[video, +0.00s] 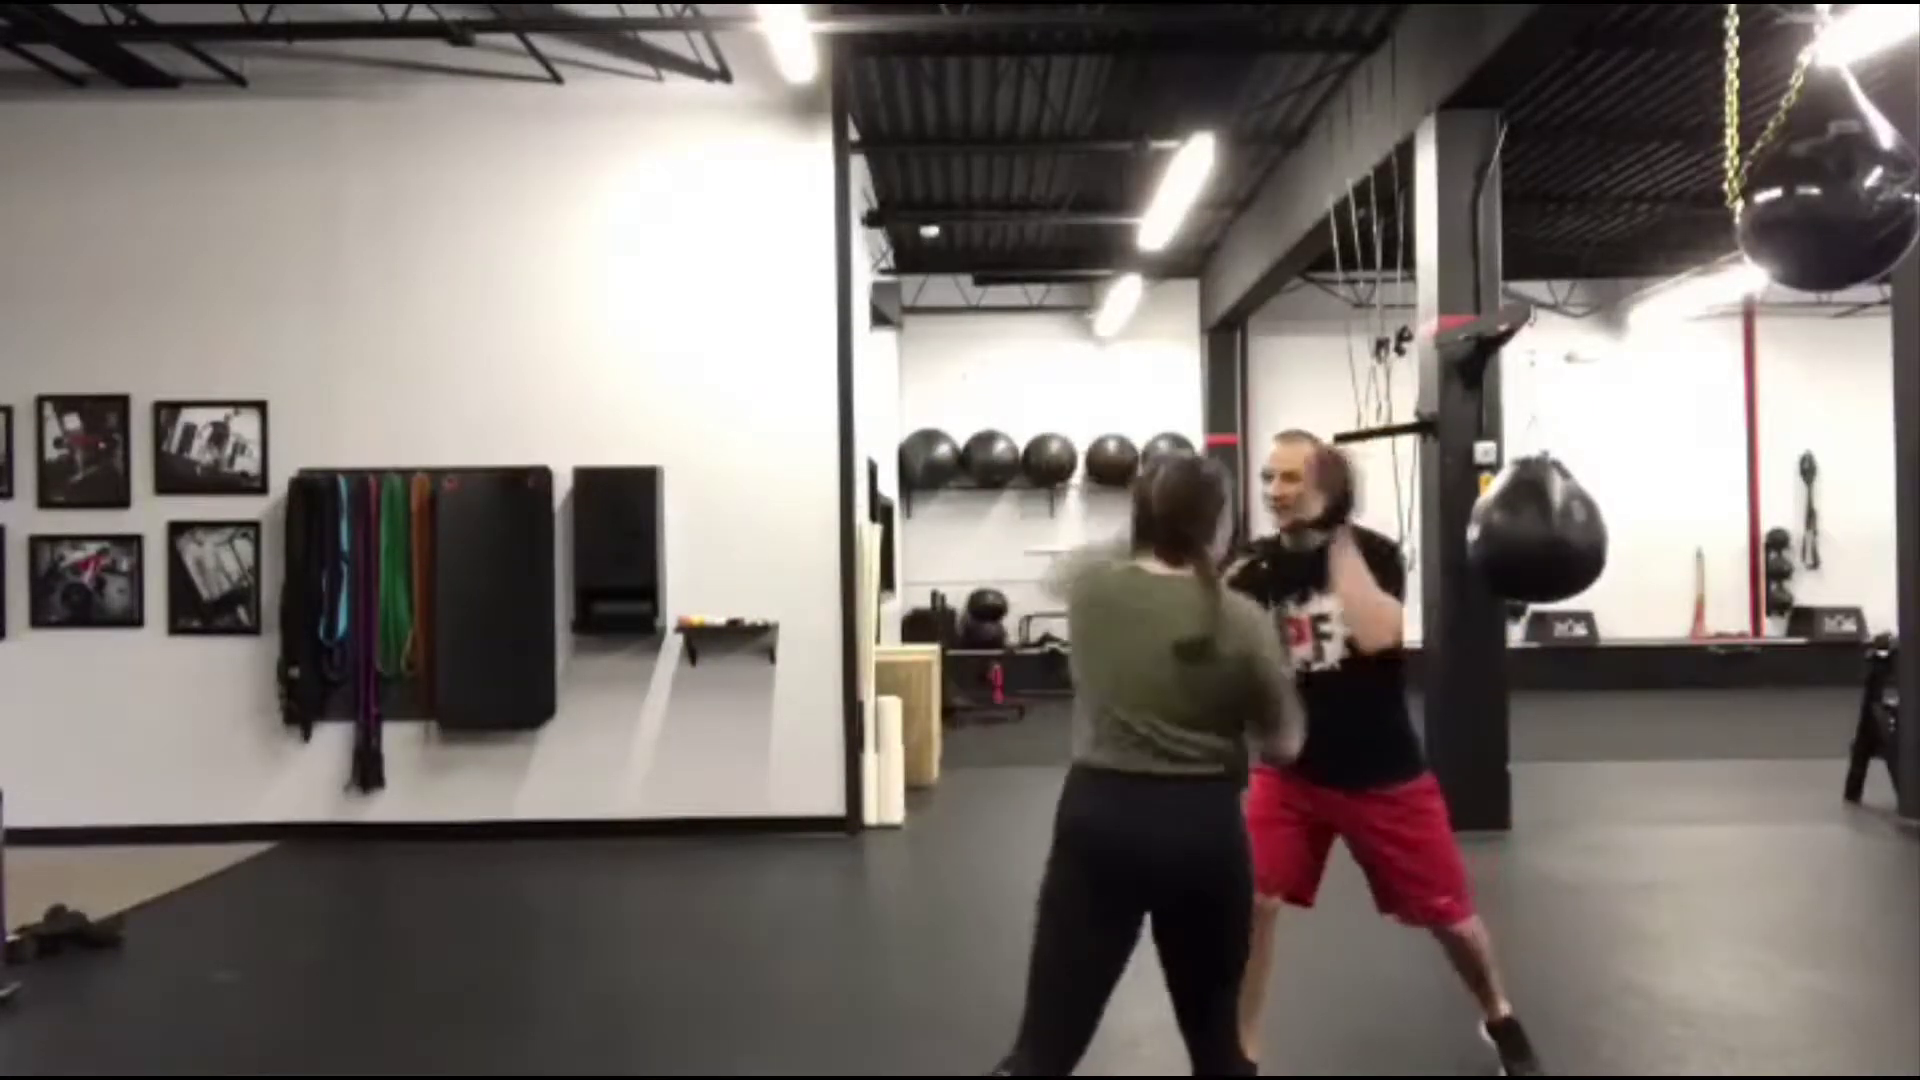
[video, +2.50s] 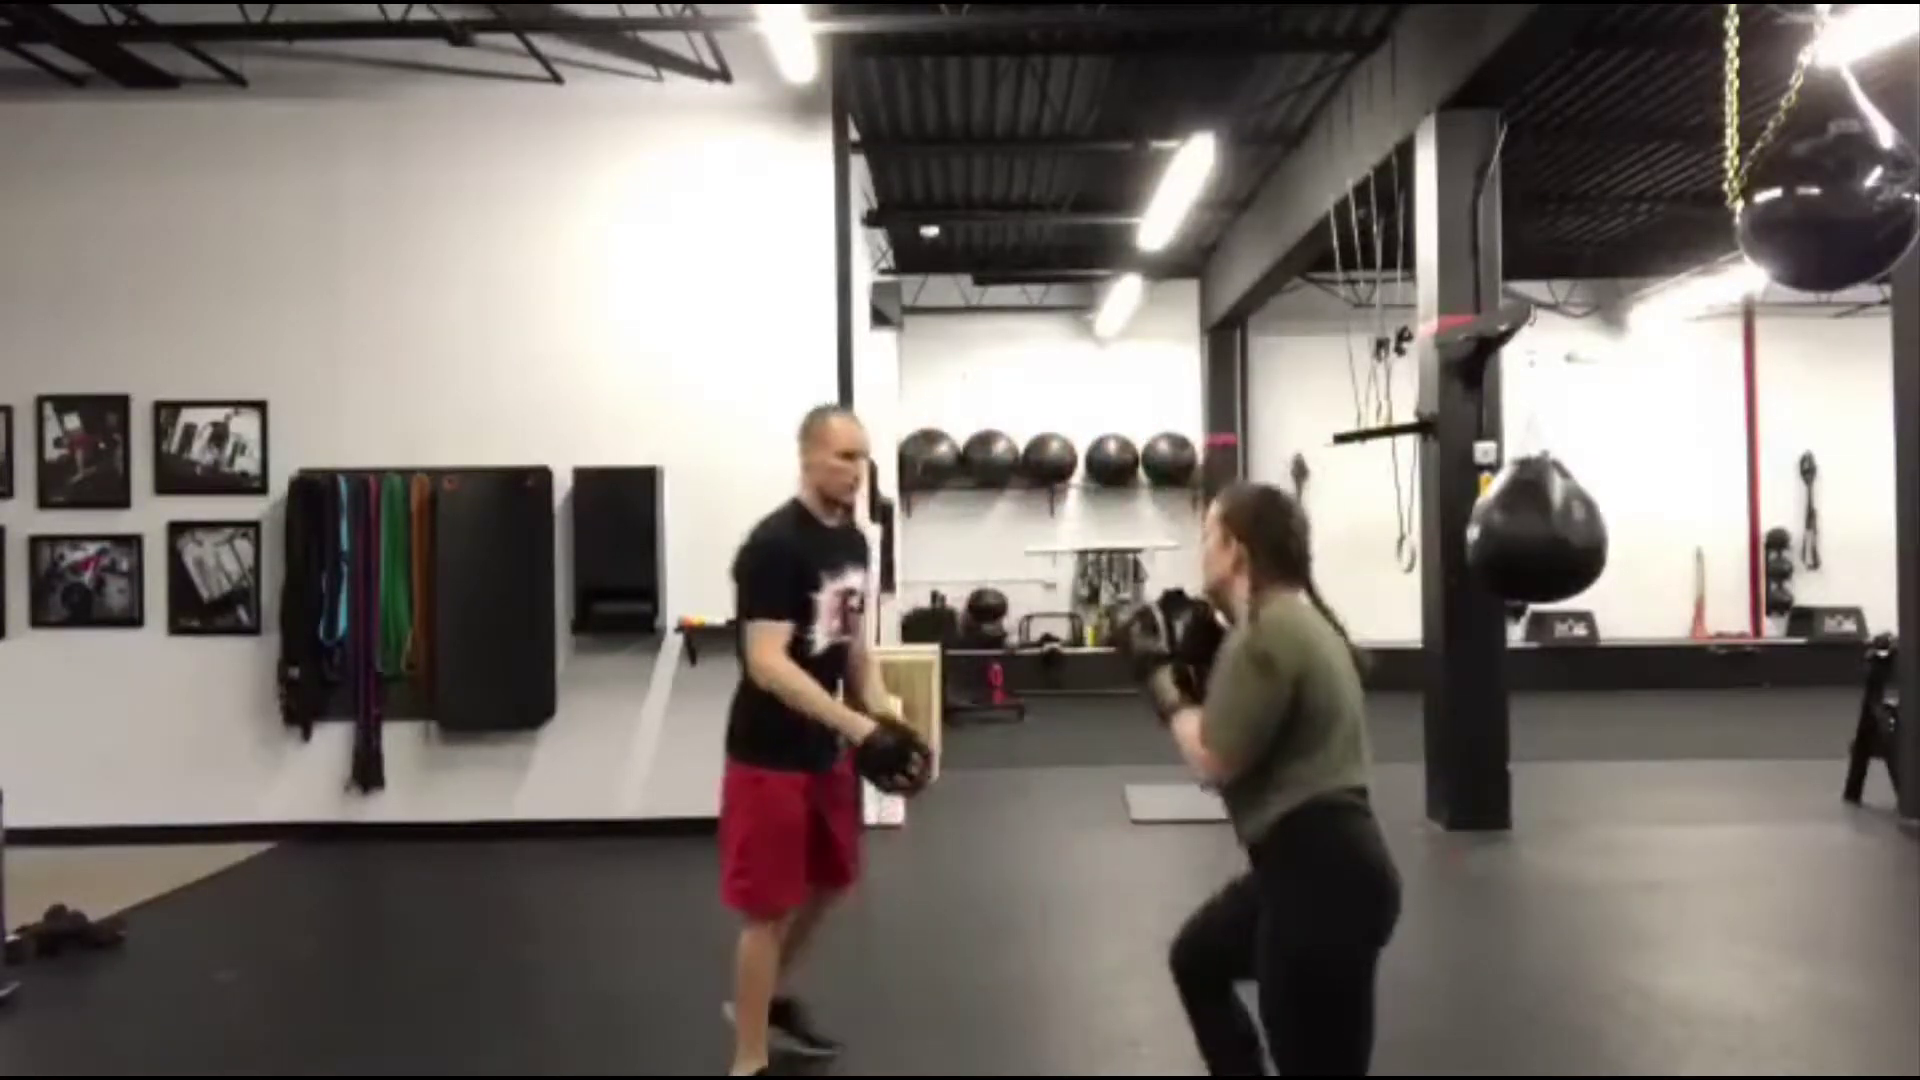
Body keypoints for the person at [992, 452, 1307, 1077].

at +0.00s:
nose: (1233, 522)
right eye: (1227, 512)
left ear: (1138, 517)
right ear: (1217, 526)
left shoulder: (1092, 587)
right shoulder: (1244, 621)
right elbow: (1283, 740)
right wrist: (1222, 702)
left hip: (1100, 815)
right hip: (1203, 825)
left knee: (1046, 1043)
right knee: (1216, 1038)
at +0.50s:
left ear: (1045, 590)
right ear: (1124, 576)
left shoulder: (1041, 695)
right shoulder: (1178, 673)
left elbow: (995, 823)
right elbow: (1213, 779)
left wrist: (998, 738)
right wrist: (1138, 741)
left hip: (1061, 918)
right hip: (1164, 910)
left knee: (980, 1062)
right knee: (1146, 1035)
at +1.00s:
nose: (1292, 503)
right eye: (1273, 497)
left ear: (1160, 521)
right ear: (1239, 520)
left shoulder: (1115, 605)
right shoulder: (1271, 605)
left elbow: (1087, 684)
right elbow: (1377, 674)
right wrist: (1402, 658)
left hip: (1152, 834)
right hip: (1256, 838)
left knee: (1068, 1036)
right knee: (1243, 1033)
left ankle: (1044, 1066)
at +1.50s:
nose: (1176, 584)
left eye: (1183, 571)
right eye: (1182, 570)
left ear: (1195, 585)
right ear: (1276, 581)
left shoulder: (1175, 671)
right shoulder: (1320, 673)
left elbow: (1119, 786)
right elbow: (1339, 786)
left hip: (1229, 910)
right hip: (1328, 907)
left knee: (1219, 1060)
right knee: (1278, 1054)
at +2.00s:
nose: (1171, 557)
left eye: (1176, 545)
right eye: (1175, 544)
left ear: (1190, 555)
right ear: (1252, 551)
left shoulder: (1186, 649)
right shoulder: (1277, 635)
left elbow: (1129, 766)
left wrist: (1110, 702)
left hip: (1233, 862)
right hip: (1289, 844)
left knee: (1176, 991)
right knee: (1237, 1000)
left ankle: (1215, 1071)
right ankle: (1236, 1068)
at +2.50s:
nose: (1203, 554)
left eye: (1208, 540)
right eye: (1205, 540)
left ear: (1236, 551)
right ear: (1281, 548)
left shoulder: (1265, 636)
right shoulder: (1306, 623)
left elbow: (1213, 761)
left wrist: (1164, 681)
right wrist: (1213, 662)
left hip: (1317, 876)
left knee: (1314, 1061)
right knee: (1198, 957)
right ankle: (1243, 1069)